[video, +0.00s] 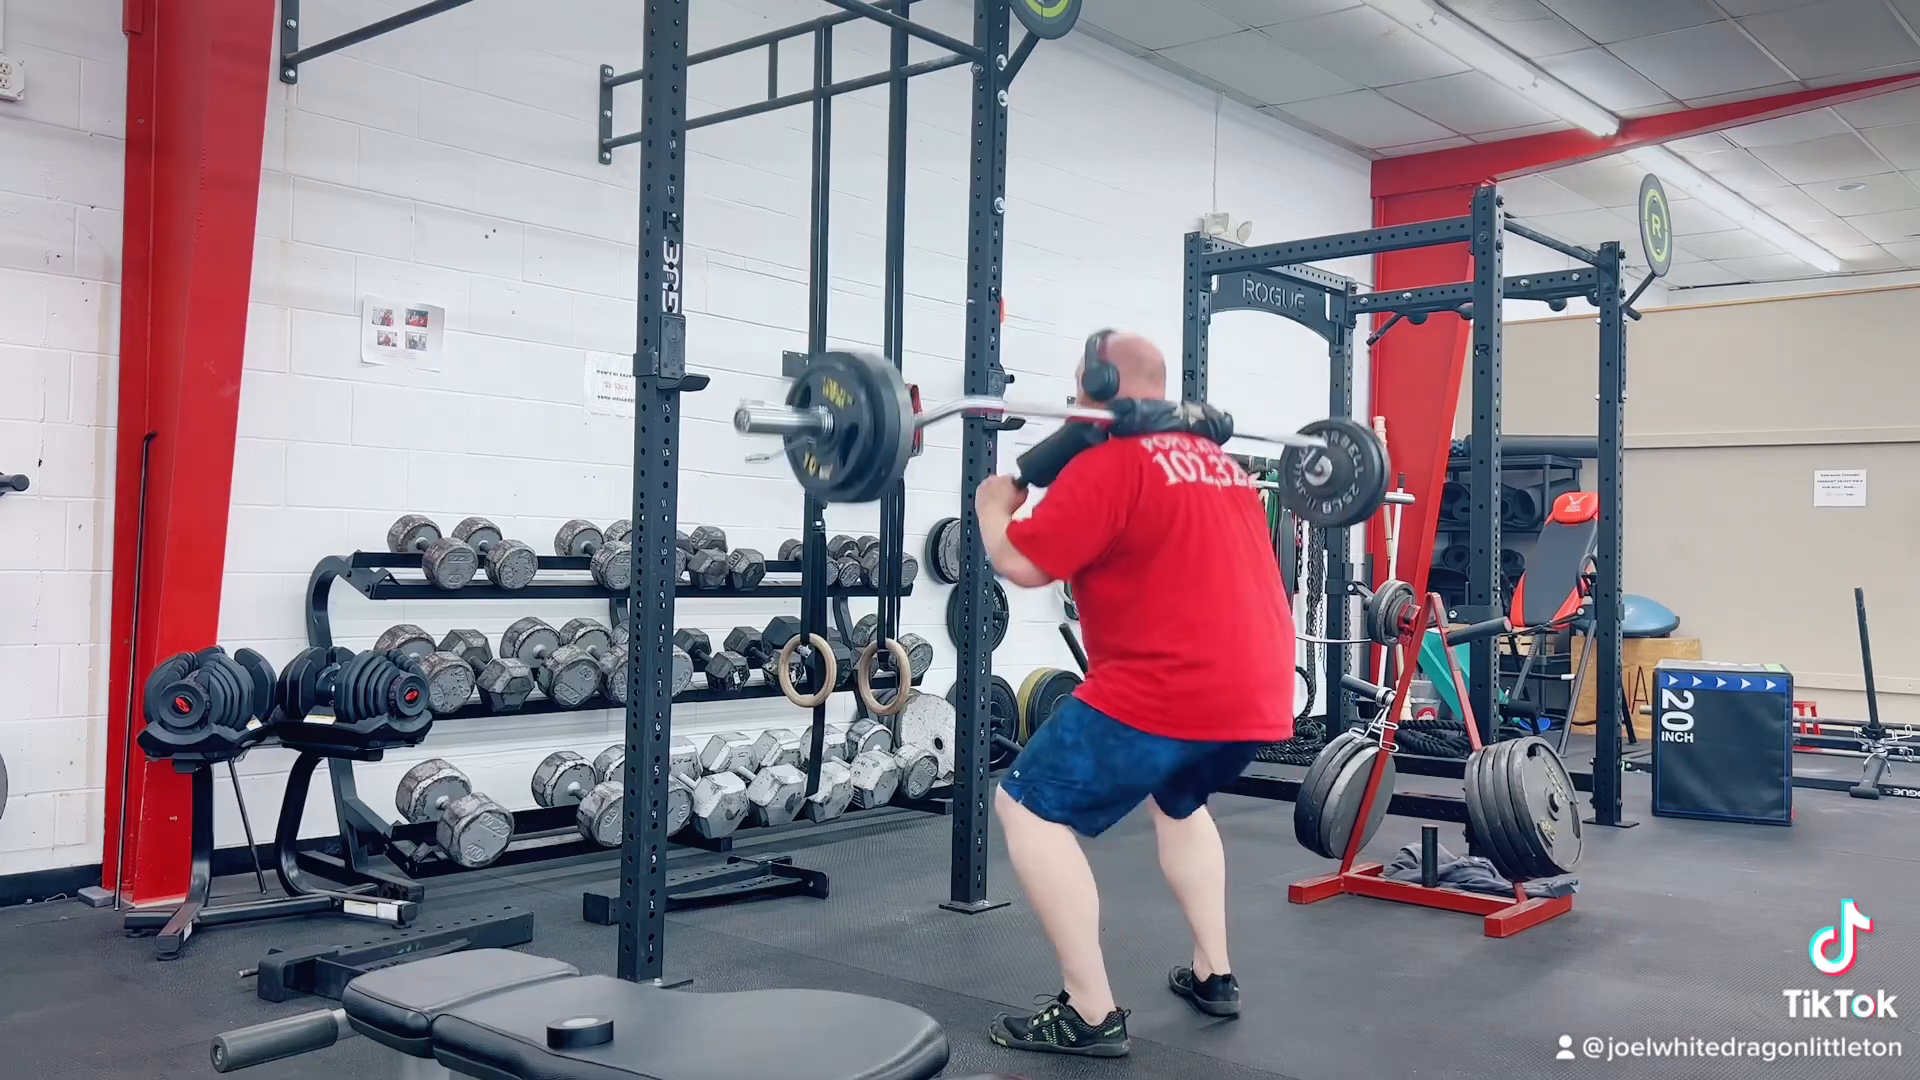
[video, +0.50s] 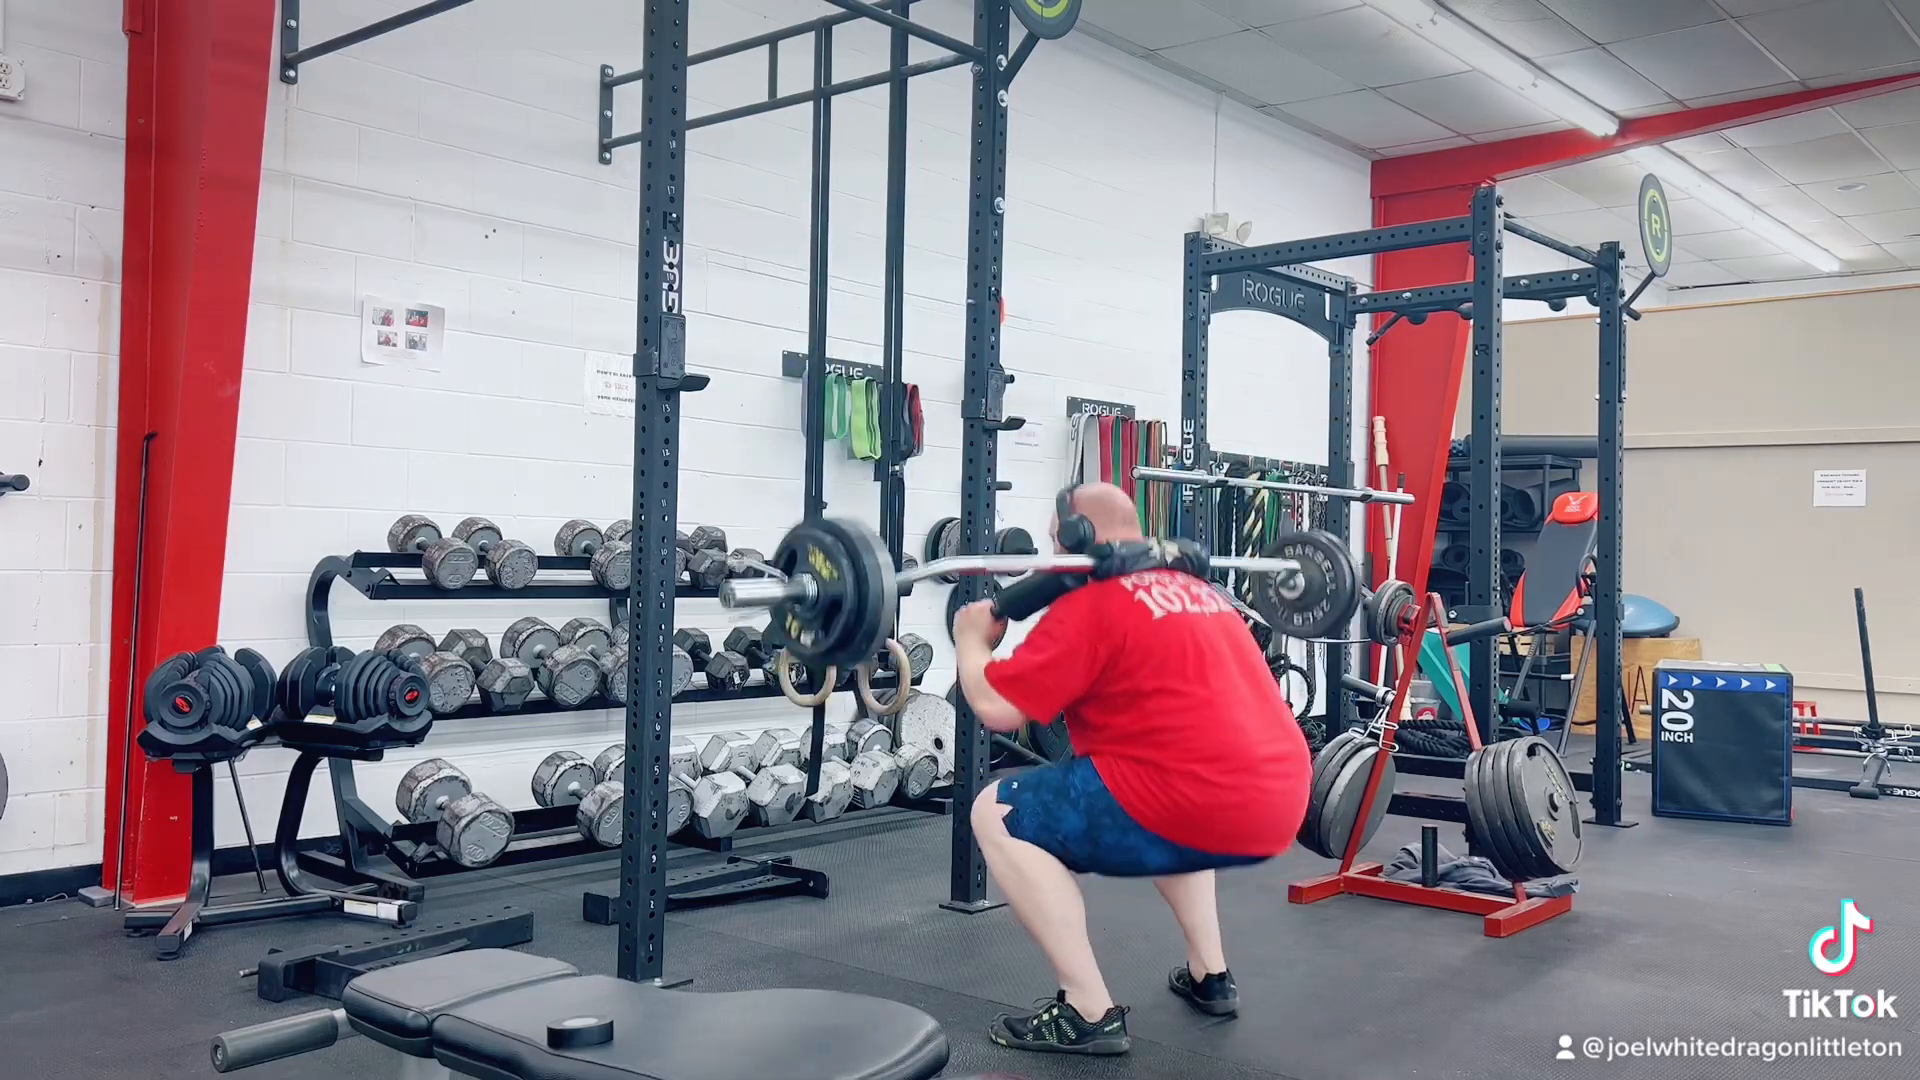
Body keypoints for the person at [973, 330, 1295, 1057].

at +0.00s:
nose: (1075, 402)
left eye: (1078, 389)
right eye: (1076, 390)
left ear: (1098, 393)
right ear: (1163, 389)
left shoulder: (1114, 463)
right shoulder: (1221, 463)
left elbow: (1022, 562)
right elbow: (1256, 569)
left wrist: (992, 506)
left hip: (1159, 692)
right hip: (1261, 696)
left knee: (1026, 802)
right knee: (1178, 800)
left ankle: (1090, 1008)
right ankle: (1215, 973)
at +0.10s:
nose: (1069, 473)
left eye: (1071, 463)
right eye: (1074, 462)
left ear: (1083, 467)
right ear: (1157, 463)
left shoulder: (1107, 534)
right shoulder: (1208, 524)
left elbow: (1013, 639)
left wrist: (983, 569)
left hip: (1179, 753)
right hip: (1274, 753)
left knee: (1009, 810)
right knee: (1178, 811)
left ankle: (1090, 1011)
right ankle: (1214, 974)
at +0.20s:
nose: (1070, 543)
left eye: (1070, 533)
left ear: (1077, 539)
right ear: (1152, 532)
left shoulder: (1102, 606)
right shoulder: (1206, 590)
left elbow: (999, 702)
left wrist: (978, 630)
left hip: (1198, 820)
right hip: (1286, 814)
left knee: (1000, 812)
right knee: (1160, 775)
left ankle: (1089, 1010)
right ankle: (1213, 974)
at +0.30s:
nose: (1064, 592)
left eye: (1066, 581)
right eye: (1068, 581)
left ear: (1076, 589)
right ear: (1150, 583)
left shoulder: (1100, 657)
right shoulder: (1203, 640)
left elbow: (995, 752)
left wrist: (975, 670)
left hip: (1194, 878)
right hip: (1274, 873)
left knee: (991, 817)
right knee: (1173, 794)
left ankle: (1088, 1009)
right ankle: (1209, 971)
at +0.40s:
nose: (1063, 605)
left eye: (1063, 594)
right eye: (1067, 593)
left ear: (1072, 603)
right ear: (1148, 592)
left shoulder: (1096, 668)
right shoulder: (1200, 648)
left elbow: (995, 763)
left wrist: (972, 687)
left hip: (1196, 888)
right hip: (1273, 880)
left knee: (991, 819)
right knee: (1159, 793)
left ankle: (1088, 1008)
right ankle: (1208, 973)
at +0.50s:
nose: (1055, 545)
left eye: (1056, 537)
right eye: (1058, 536)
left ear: (1068, 542)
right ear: (1138, 534)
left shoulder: (1091, 605)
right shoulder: (1196, 587)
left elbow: (995, 707)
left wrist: (970, 639)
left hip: (1188, 806)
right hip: (1278, 802)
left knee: (997, 813)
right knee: (1143, 783)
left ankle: (1088, 1008)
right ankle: (1210, 973)